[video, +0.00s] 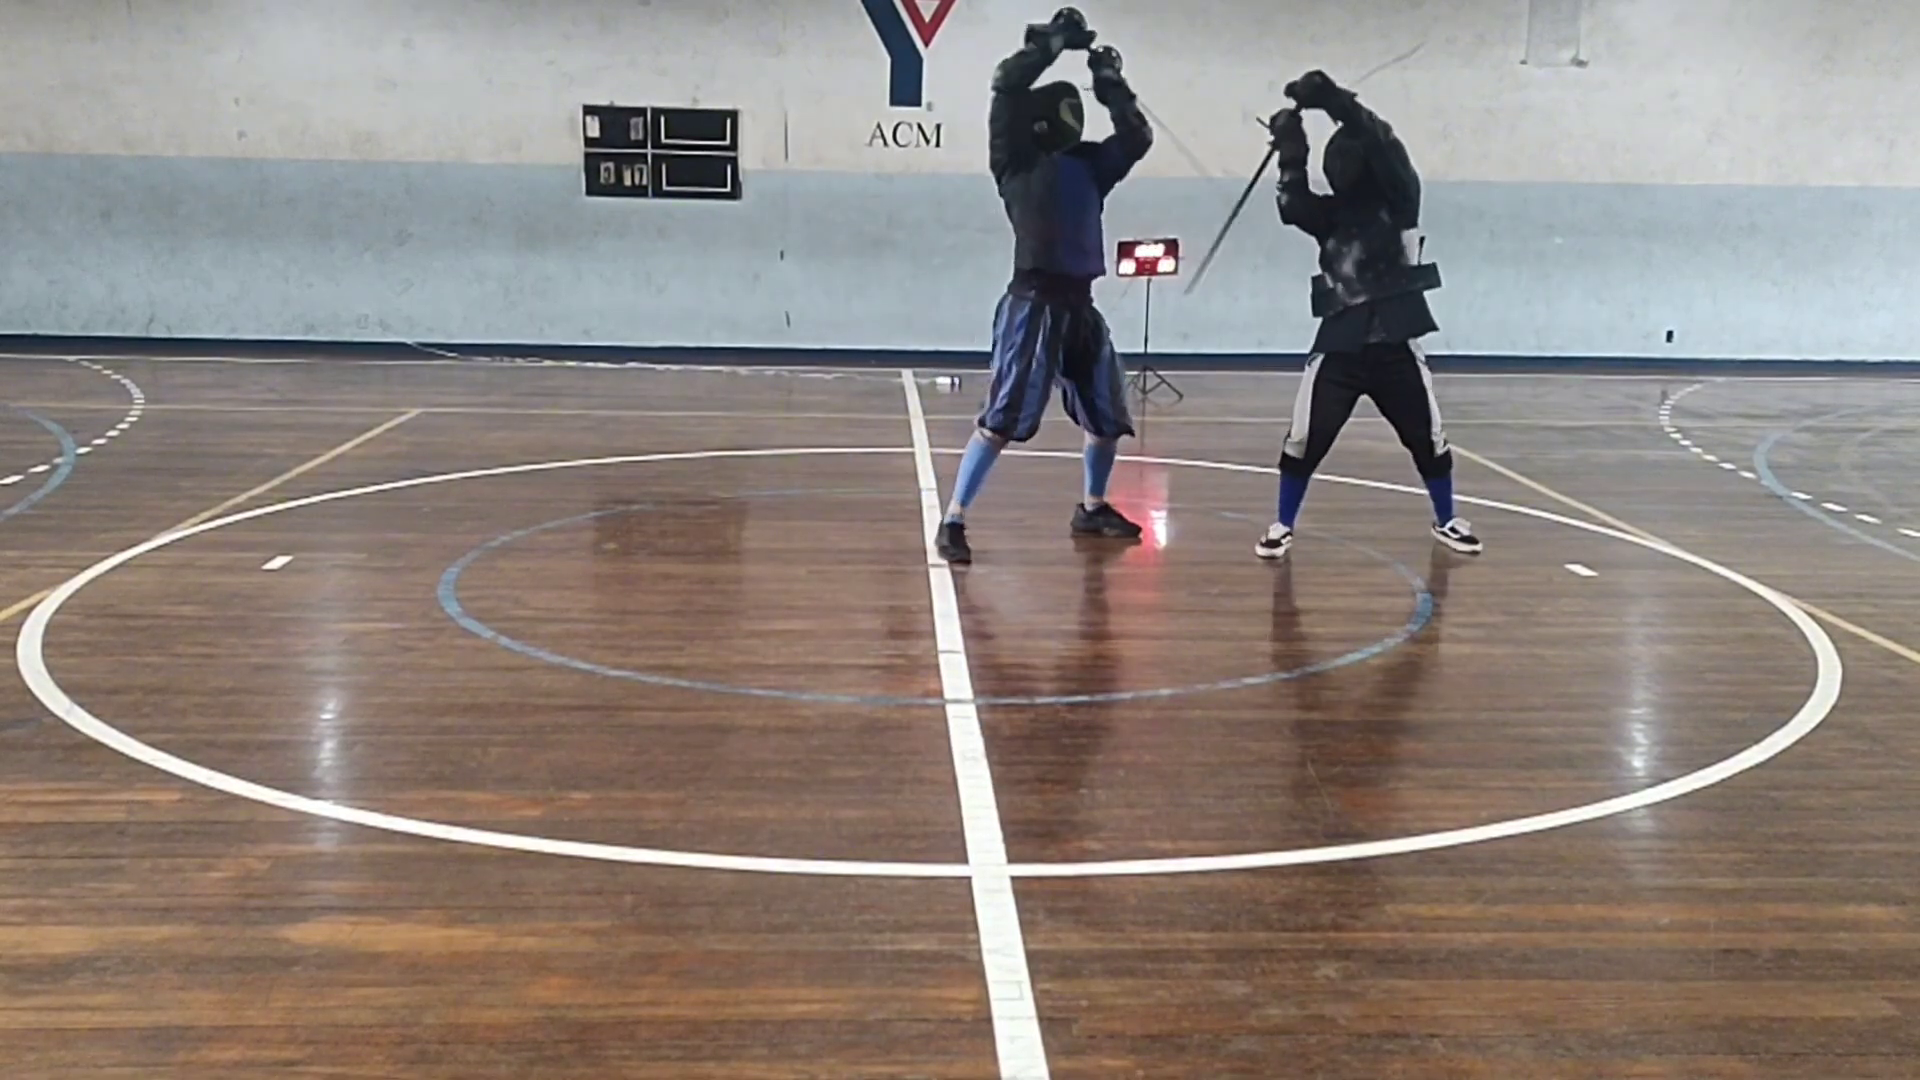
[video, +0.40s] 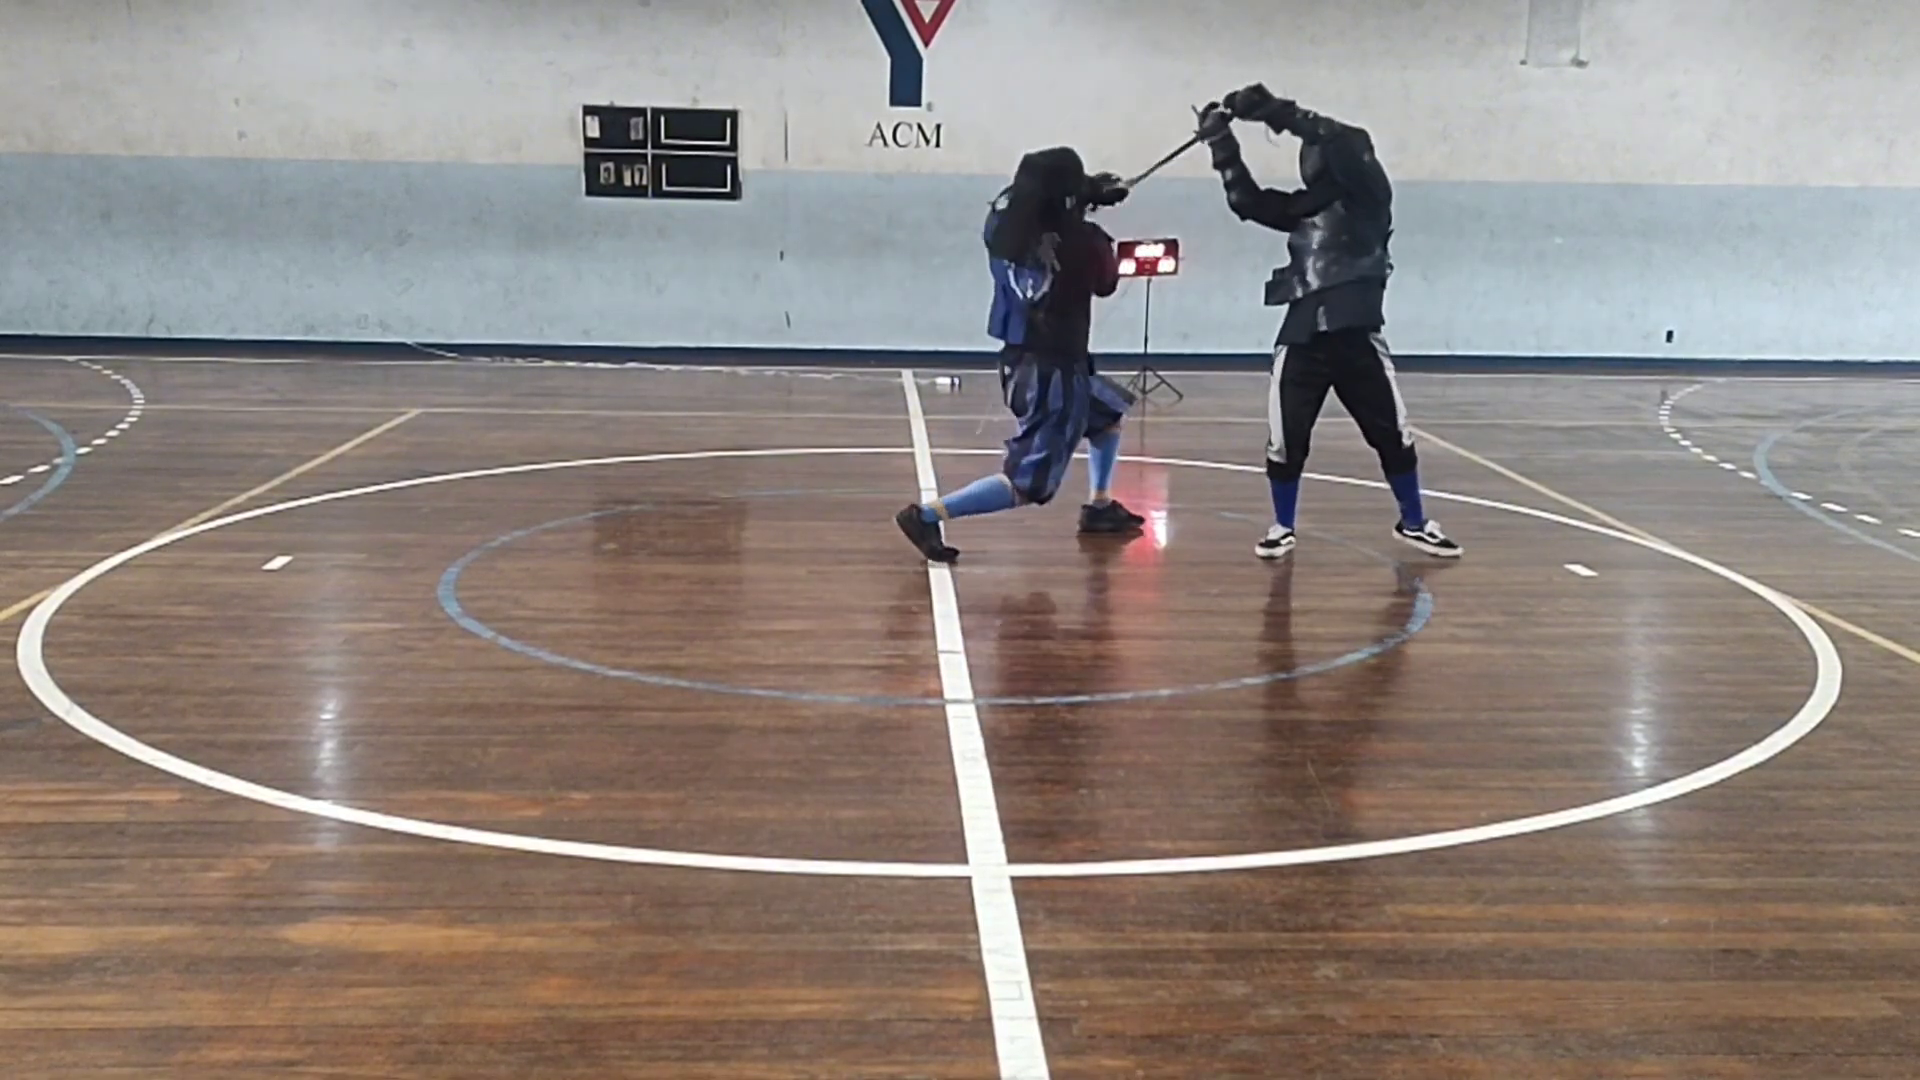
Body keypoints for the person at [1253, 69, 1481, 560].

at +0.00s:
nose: (1337, 171)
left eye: (1344, 163)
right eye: (1335, 164)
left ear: (1366, 164)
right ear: (1332, 167)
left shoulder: (1399, 202)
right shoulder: (1329, 213)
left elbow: (1382, 144)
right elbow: (1293, 204)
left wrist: (1332, 99)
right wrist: (1292, 149)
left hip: (1395, 347)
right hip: (1337, 348)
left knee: (1429, 440)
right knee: (1304, 440)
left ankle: (1446, 522)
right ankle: (1283, 524)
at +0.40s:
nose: (1306, 161)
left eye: (1315, 154)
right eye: (1306, 156)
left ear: (1341, 154)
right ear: (1308, 161)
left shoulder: (1370, 193)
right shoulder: (1300, 209)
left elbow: (1338, 140)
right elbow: (1246, 199)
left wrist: (1272, 110)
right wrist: (1220, 142)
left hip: (1357, 337)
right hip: (1301, 340)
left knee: (1392, 435)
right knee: (1285, 440)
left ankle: (1414, 522)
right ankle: (1282, 525)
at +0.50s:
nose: (1307, 157)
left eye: (1314, 150)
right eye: (1306, 151)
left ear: (1343, 153)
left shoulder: (1368, 190)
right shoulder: (1304, 207)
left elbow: (1317, 159)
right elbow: (1245, 198)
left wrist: (1258, 125)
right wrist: (1212, 142)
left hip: (1351, 337)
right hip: (1297, 339)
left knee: (1389, 435)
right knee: (1280, 440)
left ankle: (1406, 523)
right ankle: (1282, 527)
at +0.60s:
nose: (1311, 154)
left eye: (1319, 147)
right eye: (1314, 147)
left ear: (1345, 153)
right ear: (1343, 153)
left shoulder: (1363, 191)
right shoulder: (1322, 193)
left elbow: (1296, 206)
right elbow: (1260, 204)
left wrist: (1221, 169)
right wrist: (1207, 168)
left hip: (1346, 330)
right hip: (1299, 327)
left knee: (1365, 435)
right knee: (1274, 433)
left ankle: (1397, 521)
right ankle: (1281, 526)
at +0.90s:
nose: (1313, 173)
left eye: (1322, 166)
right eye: (1316, 165)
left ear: (1349, 173)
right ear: (1347, 172)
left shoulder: (1363, 216)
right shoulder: (1331, 206)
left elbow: (1297, 249)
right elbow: (1276, 215)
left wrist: (1240, 243)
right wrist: (1208, 209)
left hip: (1360, 348)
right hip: (1327, 342)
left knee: (1361, 450)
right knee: (1275, 426)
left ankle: (1412, 526)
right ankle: (1273, 526)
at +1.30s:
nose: (1322, 188)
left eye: (1331, 181)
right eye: (1319, 181)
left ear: (1359, 179)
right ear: (1317, 179)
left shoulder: (1382, 214)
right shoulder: (1306, 211)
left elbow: (1336, 212)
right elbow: (1248, 221)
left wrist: (1275, 193)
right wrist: (1246, 170)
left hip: (1364, 358)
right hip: (1306, 357)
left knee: (1397, 444)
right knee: (1254, 427)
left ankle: (1422, 526)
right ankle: (1263, 510)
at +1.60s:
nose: (1288, 177)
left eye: (1294, 168)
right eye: (1284, 170)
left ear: (1313, 167)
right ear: (1279, 174)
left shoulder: (1338, 205)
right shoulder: (1272, 216)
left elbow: (1312, 151)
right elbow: (1232, 220)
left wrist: (1258, 120)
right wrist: (1227, 172)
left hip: (1320, 347)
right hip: (1264, 347)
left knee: (1356, 442)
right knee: (1222, 439)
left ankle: (1374, 529)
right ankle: (1202, 527)